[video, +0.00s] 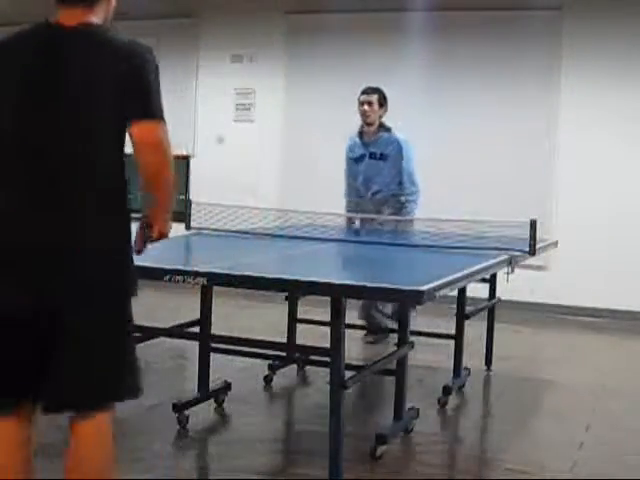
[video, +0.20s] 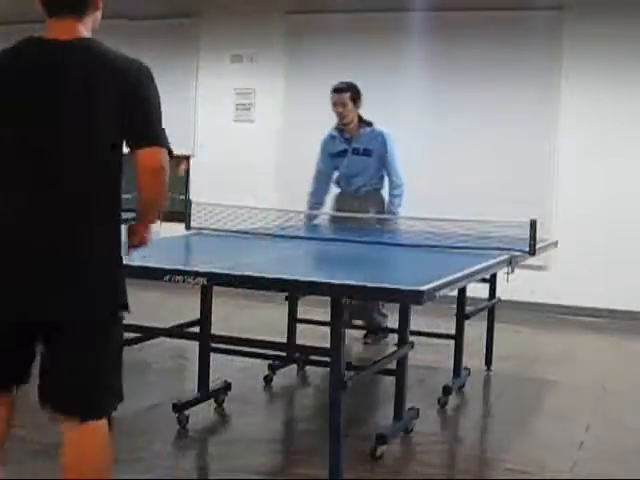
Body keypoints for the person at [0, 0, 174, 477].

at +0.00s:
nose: (114, 9)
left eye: (111, 6)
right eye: (114, 5)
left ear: (55, 3)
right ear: (108, 5)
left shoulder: (11, 49)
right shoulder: (125, 57)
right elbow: (150, 144)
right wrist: (159, 209)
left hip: (13, 252)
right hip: (90, 255)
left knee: (12, 408)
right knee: (92, 410)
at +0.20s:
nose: (101, 12)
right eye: (102, 8)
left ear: (40, 8)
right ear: (97, 8)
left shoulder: (8, 64)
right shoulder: (125, 74)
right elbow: (153, 162)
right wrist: (145, 221)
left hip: (10, 262)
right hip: (85, 266)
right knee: (84, 415)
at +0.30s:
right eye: (83, 8)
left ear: (27, 10)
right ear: (82, 10)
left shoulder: (6, 67)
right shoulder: (113, 75)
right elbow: (145, 165)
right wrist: (123, 216)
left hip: (8, 259)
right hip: (78, 260)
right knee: (77, 404)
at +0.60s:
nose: (24, 49)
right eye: (24, 42)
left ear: (8, 47)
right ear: (20, 46)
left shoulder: (43, 108)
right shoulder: (43, 108)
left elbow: (79, 189)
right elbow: (80, 189)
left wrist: (45, 204)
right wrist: (43, 203)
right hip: (27, 257)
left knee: (45, 372)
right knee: (45, 370)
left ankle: (66, 466)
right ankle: (67, 468)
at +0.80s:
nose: (9, 47)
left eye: (6, 41)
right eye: (12, 41)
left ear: (3, 43)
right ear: (10, 44)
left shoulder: (29, 103)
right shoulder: (28, 103)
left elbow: (44, 184)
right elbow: (46, 184)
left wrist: (23, 200)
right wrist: (20, 201)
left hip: (8, 233)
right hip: (6, 235)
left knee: (12, 329)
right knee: (10, 329)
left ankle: (14, 420)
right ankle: (14, 420)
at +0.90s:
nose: (12, 55)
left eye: (8, 47)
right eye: (15, 48)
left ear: (2, 48)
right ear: (11, 49)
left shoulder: (24, 107)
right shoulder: (21, 107)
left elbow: (37, 187)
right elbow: (39, 188)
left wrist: (17, 212)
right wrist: (16, 212)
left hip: (1, 239)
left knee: (5, 340)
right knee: (1, 340)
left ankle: (4, 433)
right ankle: (1, 434)